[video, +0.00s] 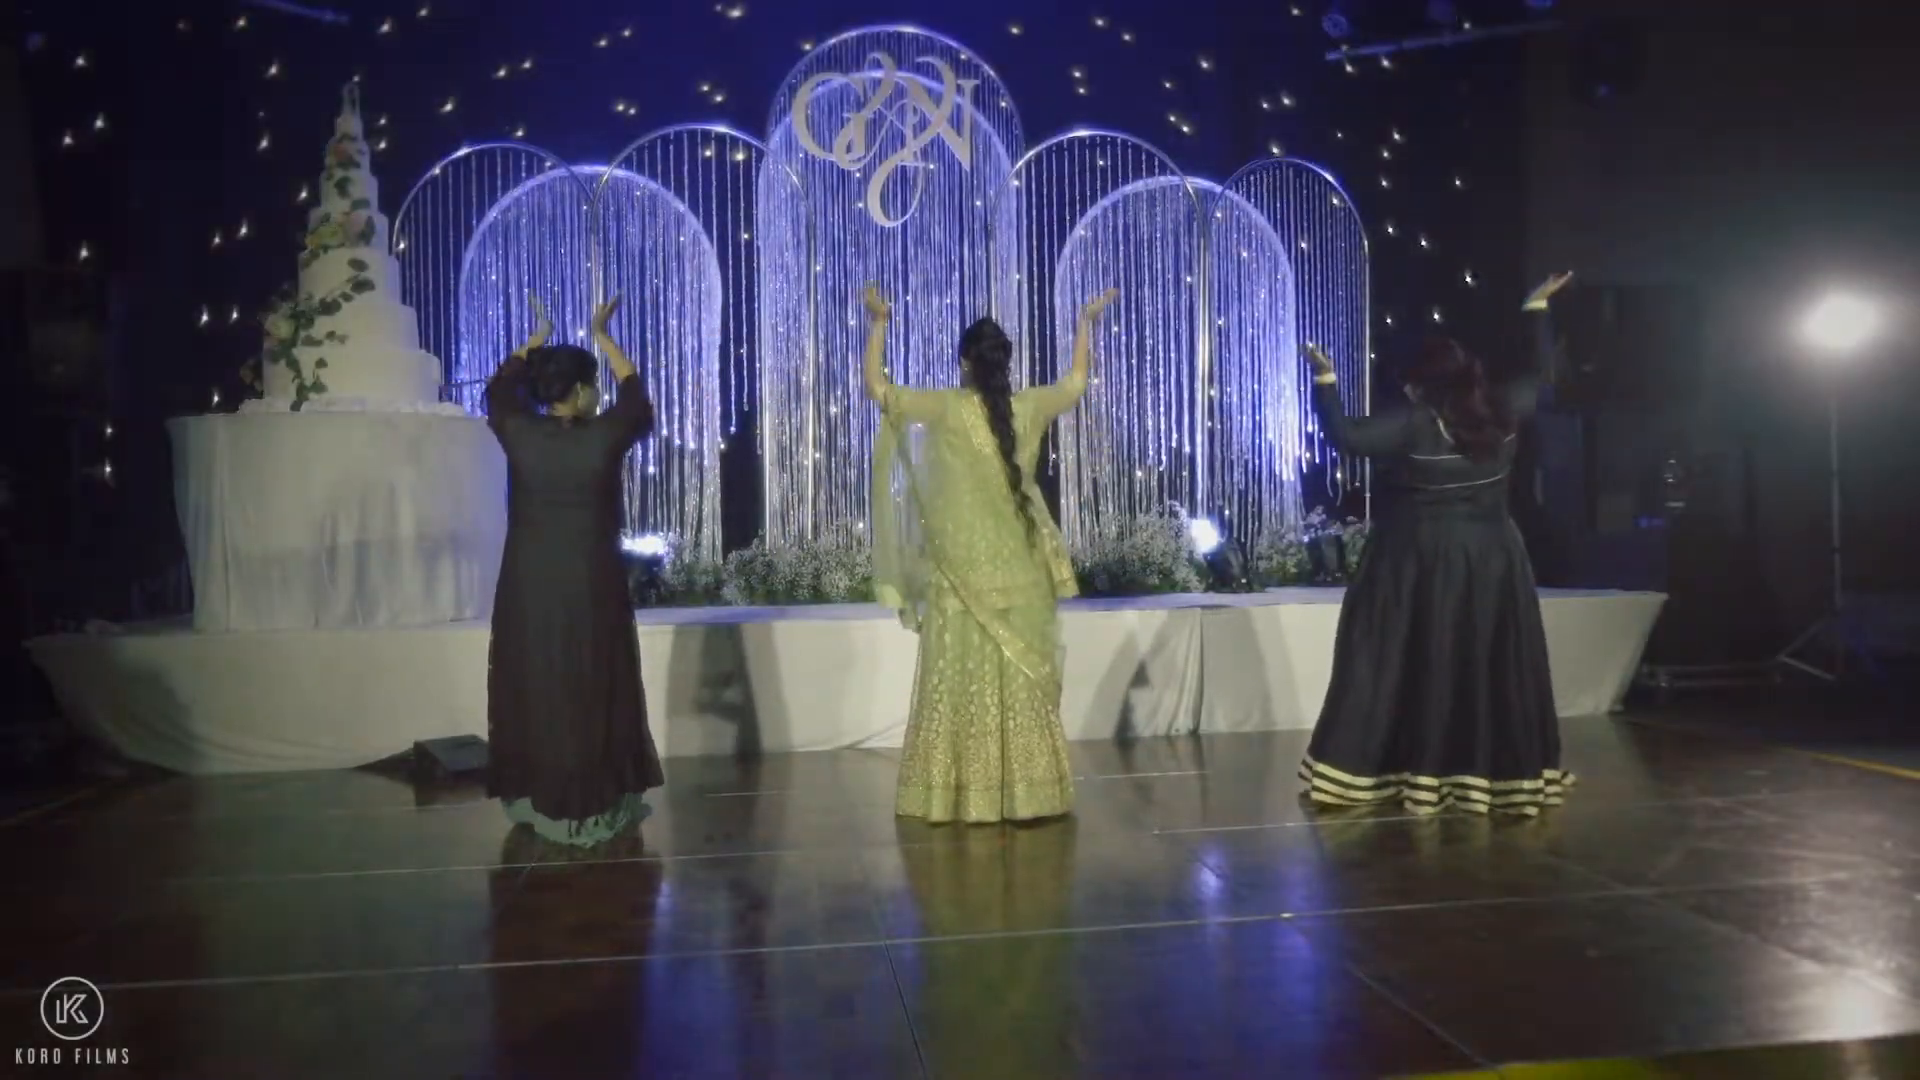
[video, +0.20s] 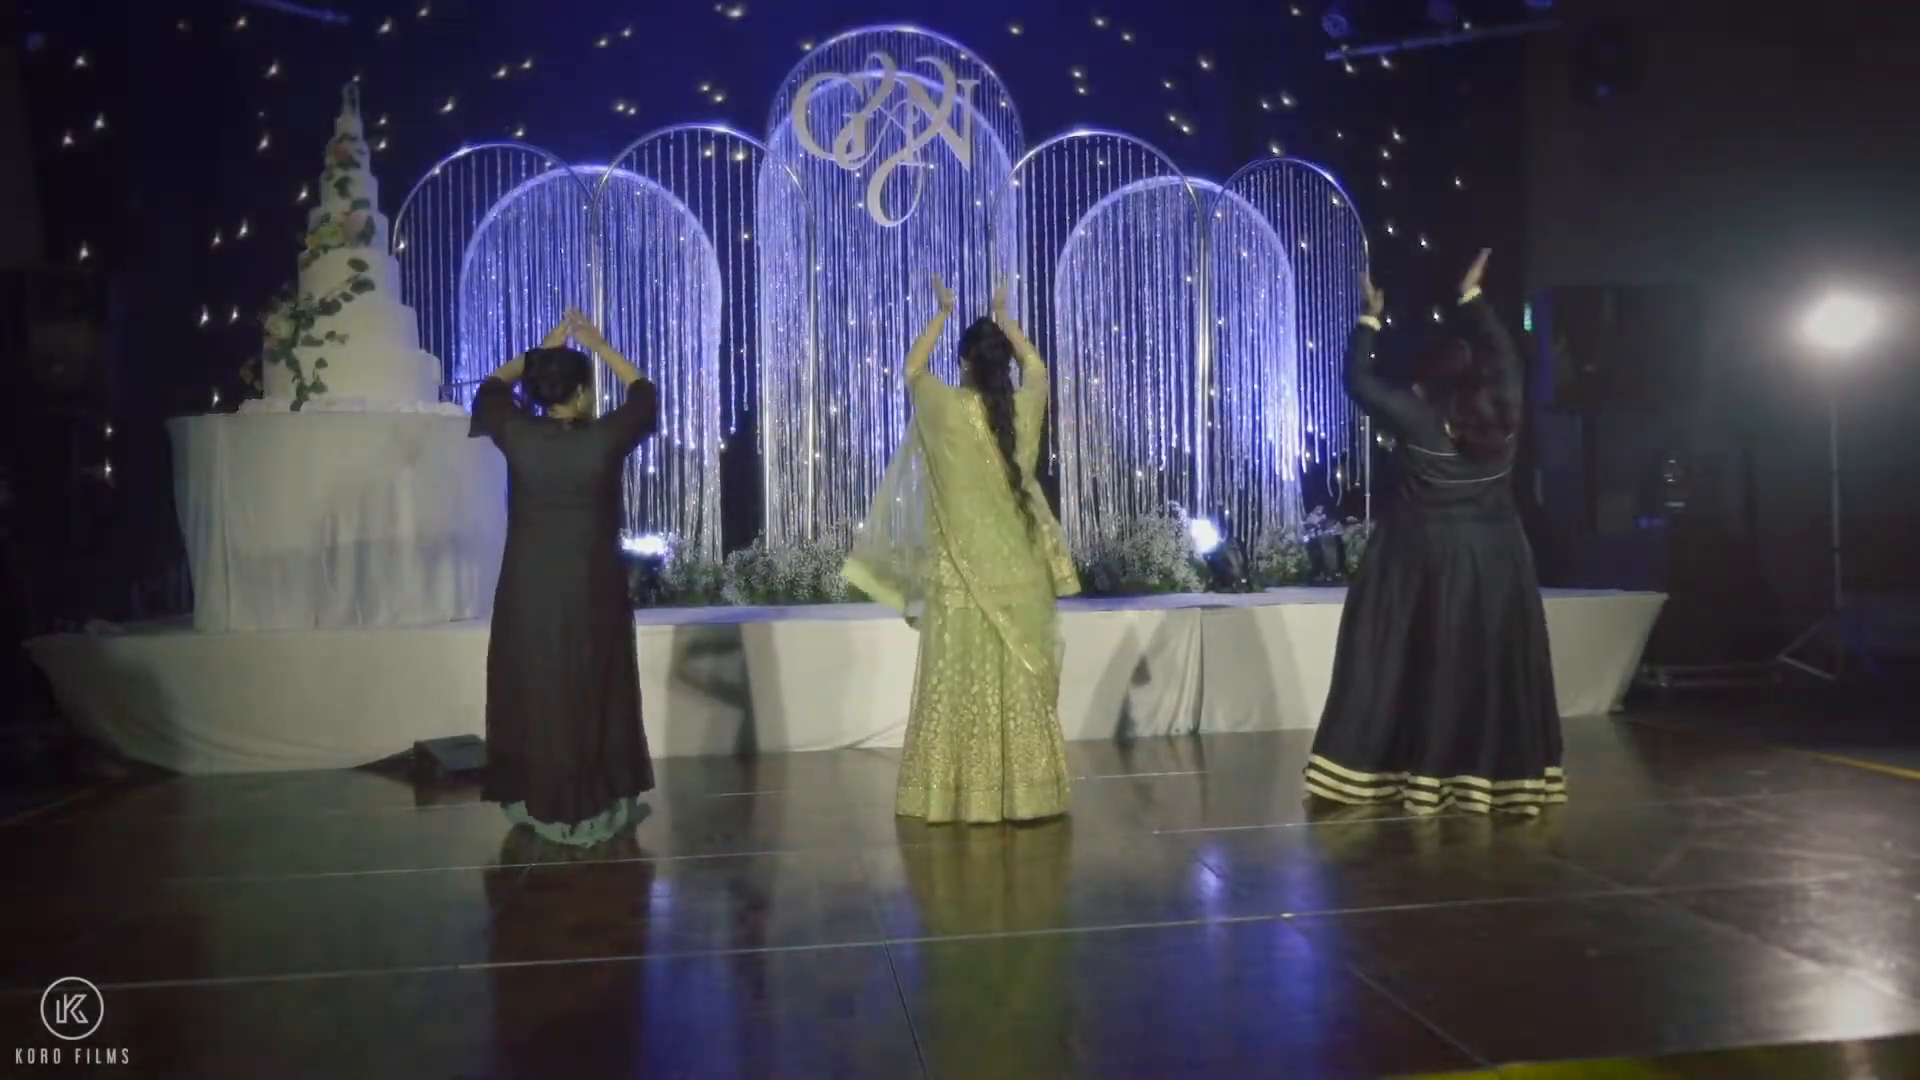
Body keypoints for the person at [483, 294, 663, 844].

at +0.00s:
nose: (595, 394)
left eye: (591, 386)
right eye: (590, 387)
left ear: (539, 393)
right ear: (577, 394)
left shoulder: (519, 435)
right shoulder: (605, 438)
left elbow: (501, 388)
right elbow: (637, 400)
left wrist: (529, 346)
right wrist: (607, 339)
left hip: (530, 577)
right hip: (589, 578)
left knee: (533, 685)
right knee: (597, 685)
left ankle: (536, 803)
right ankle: (598, 805)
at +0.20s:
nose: (590, 394)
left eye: (584, 386)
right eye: (587, 387)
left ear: (537, 397)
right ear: (583, 394)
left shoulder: (519, 438)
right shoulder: (605, 440)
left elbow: (494, 387)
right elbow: (643, 393)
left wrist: (537, 354)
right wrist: (600, 345)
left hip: (530, 580)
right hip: (591, 580)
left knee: (535, 689)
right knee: (596, 690)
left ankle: (540, 808)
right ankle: (599, 808)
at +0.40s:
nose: (579, 391)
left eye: (552, 386)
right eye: (585, 382)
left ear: (544, 391)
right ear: (591, 386)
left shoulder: (530, 433)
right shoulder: (621, 430)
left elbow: (466, 401)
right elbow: (671, 382)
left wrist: (483, 346)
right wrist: (642, 336)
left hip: (546, 582)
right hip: (609, 581)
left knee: (546, 691)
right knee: (612, 689)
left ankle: (552, 811)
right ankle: (611, 808)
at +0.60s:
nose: (567, 401)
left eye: (558, 392)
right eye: (577, 389)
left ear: (553, 396)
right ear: (599, 385)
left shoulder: (543, 445)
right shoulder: (637, 424)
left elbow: (468, 448)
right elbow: (689, 384)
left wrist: (432, 402)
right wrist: (672, 345)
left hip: (576, 589)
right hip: (639, 585)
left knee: (563, 697)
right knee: (630, 696)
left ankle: (569, 817)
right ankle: (624, 813)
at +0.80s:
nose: (548, 410)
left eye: (547, 401)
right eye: (553, 400)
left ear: (551, 403)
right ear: (597, 393)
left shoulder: (550, 459)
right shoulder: (638, 430)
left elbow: (487, 508)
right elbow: (697, 414)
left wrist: (414, 490)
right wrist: (690, 361)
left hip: (588, 593)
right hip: (649, 588)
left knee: (580, 693)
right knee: (637, 691)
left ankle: (579, 809)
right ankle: (631, 806)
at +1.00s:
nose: (543, 418)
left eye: (541, 409)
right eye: (545, 408)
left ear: (549, 409)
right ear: (591, 398)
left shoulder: (546, 467)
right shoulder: (638, 431)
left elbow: (507, 538)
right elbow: (704, 431)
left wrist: (439, 563)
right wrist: (698, 401)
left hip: (592, 594)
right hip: (654, 587)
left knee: (580, 693)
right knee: (639, 691)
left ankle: (578, 809)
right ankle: (633, 806)